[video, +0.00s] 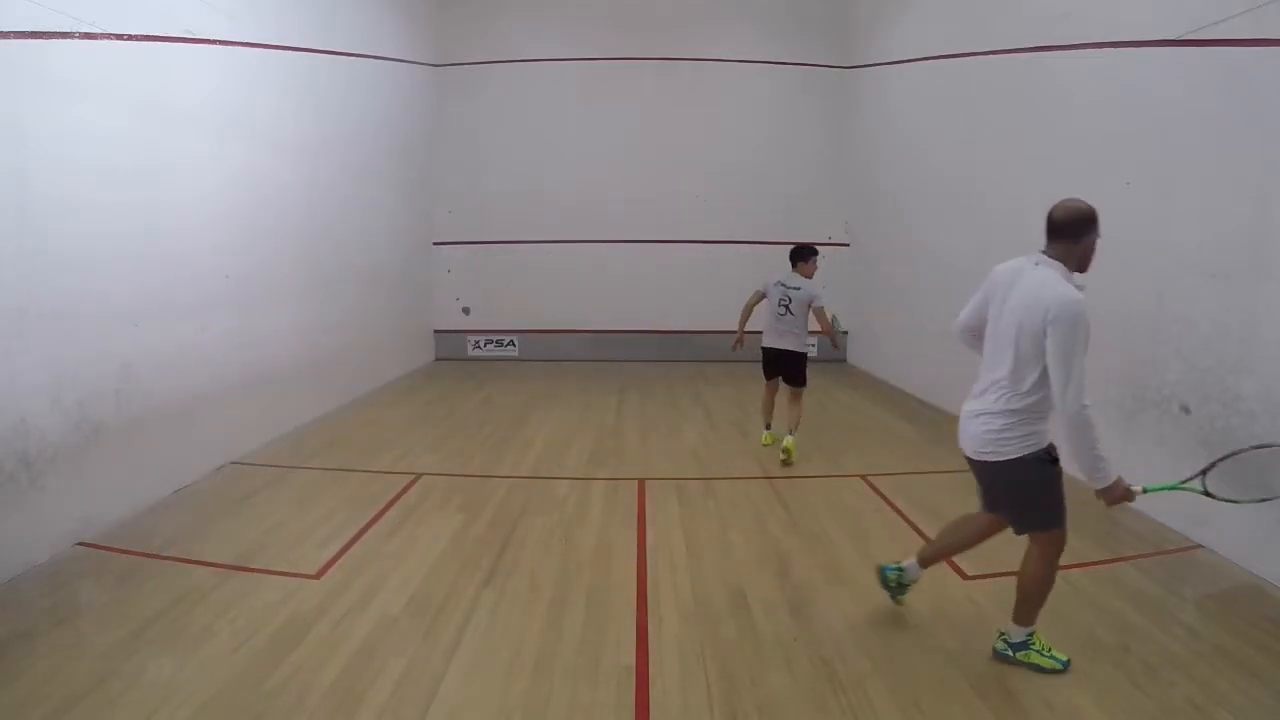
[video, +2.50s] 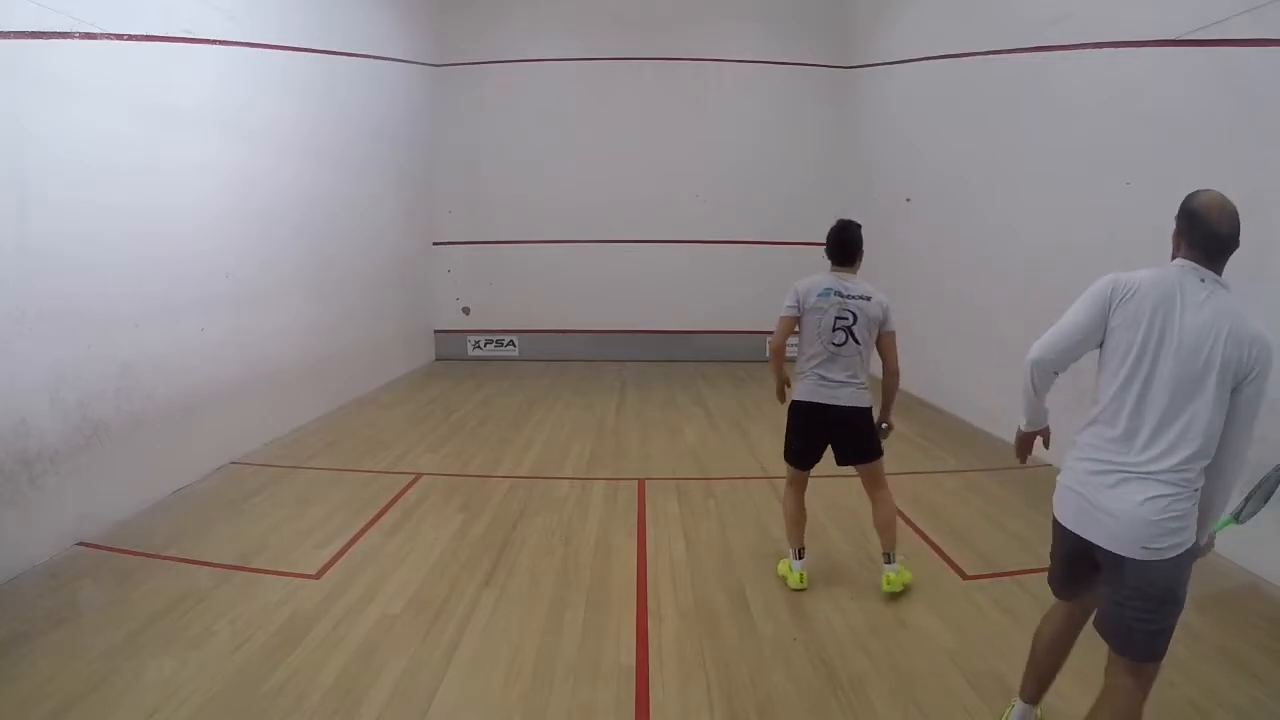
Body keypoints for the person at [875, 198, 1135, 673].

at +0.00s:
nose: (1096, 248)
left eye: (1094, 240)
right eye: (1096, 240)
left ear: (1050, 235)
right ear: (1087, 243)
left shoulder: (1008, 271)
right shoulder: (1066, 302)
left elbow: (968, 327)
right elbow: (1071, 404)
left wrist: (1014, 362)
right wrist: (1104, 479)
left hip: (979, 429)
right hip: (1017, 443)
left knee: (998, 514)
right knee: (1048, 539)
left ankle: (905, 572)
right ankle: (1018, 637)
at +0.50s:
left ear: (1271, 270)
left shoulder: (1244, 308)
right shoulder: (1262, 322)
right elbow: (1275, 390)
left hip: (1216, 472)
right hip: (1202, 480)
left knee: (1247, 576)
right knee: (1254, 595)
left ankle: (1216, 675)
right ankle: (1134, 645)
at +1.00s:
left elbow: (1273, 353)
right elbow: (1272, 354)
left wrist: (1224, 402)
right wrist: (1226, 403)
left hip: (1225, 500)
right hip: (1267, 529)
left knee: (1273, 589)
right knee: (1272, 591)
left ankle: (1230, 681)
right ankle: (1231, 680)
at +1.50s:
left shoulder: (1279, 318)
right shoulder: (1278, 320)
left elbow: (1258, 364)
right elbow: (1257, 366)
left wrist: (1191, 454)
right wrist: (1192, 454)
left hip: (1265, 511)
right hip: (1265, 511)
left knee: (1188, 627)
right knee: (1189, 626)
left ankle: (1122, 714)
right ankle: (1123, 713)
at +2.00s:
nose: (1226, 236)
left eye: (1227, 229)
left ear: (1231, 232)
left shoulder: (1175, 279)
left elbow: (1084, 334)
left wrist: (1034, 436)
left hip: (1119, 532)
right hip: (1206, 562)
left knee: (1110, 647)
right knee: (1145, 700)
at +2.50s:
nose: (1175, 235)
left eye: (1176, 226)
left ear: (1177, 235)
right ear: (1234, 250)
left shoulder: (1120, 290)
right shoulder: (1251, 340)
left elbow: (1042, 359)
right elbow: (1230, 459)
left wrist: (1033, 420)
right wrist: (1203, 531)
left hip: (1078, 506)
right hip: (1158, 535)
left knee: (1071, 600)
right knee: (1129, 675)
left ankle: (1022, 710)